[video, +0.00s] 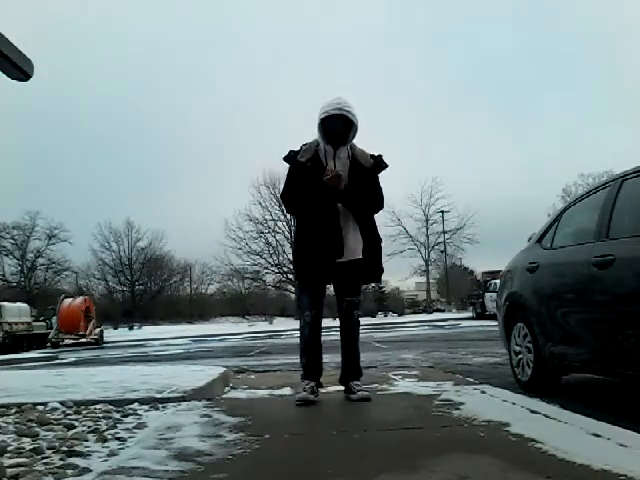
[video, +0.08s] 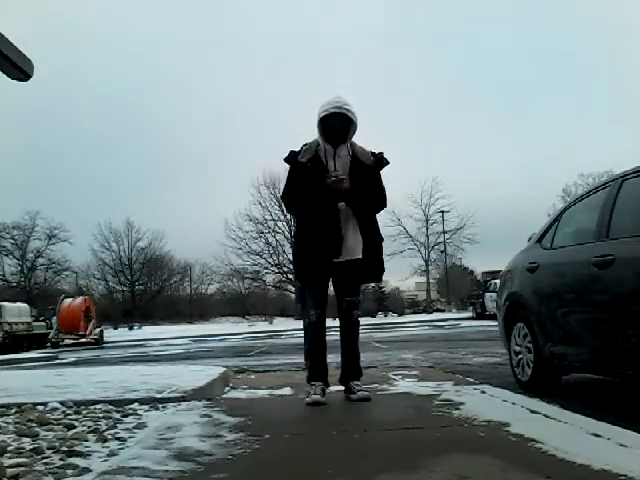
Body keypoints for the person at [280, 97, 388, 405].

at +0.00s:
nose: (336, 132)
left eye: (343, 126)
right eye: (330, 125)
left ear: (353, 129)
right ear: (320, 127)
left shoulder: (365, 164)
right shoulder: (304, 162)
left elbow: (375, 204)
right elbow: (291, 202)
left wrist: (344, 189)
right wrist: (324, 189)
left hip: (352, 254)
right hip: (312, 253)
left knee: (350, 317)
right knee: (310, 318)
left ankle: (352, 381)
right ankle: (310, 382)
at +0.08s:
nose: (336, 130)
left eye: (342, 124)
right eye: (330, 123)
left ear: (352, 127)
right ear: (320, 126)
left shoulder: (366, 162)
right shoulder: (304, 161)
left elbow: (378, 202)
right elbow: (291, 202)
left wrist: (349, 190)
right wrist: (325, 192)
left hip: (352, 252)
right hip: (314, 253)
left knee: (349, 316)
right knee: (314, 318)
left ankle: (352, 382)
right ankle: (316, 383)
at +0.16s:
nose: (334, 130)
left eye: (341, 123)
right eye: (328, 123)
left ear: (351, 126)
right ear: (319, 126)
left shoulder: (365, 161)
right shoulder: (304, 160)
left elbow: (379, 202)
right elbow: (288, 202)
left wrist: (354, 187)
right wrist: (323, 191)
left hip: (353, 251)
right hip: (314, 251)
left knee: (350, 316)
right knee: (316, 318)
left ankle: (352, 382)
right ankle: (317, 383)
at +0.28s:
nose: (333, 127)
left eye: (339, 120)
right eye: (327, 121)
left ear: (349, 124)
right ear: (317, 124)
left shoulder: (365, 159)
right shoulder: (302, 159)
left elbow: (387, 194)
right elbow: (285, 201)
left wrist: (358, 188)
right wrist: (312, 182)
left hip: (353, 251)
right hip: (314, 251)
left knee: (350, 316)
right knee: (315, 318)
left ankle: (352, 382)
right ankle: (317, 383)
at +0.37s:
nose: (331, 126)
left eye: (337, 120)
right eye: (325, 120)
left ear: (348, 123)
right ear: (316, 123)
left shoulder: (366, 157)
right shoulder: (303, 158)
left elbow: (387, 193)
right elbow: (285, 200)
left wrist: (361, 196)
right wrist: (307, 183)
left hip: (353, 252)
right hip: (314, 252)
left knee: (350, 317)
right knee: (317, 318)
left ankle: (352, 381)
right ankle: (318, 383)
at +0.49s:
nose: (330, 130)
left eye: (336, 124)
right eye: (324, 124)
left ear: (345, 128)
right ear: (314, 128)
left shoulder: (361, 164)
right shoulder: (301, 164)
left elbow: (371, 207)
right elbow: (286, 206)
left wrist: (371, 235)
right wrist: (297, 212)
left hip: (354, 256)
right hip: (319, 257)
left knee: (361, 314)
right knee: (325, 322)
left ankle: (359, 373)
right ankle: (321, 383)